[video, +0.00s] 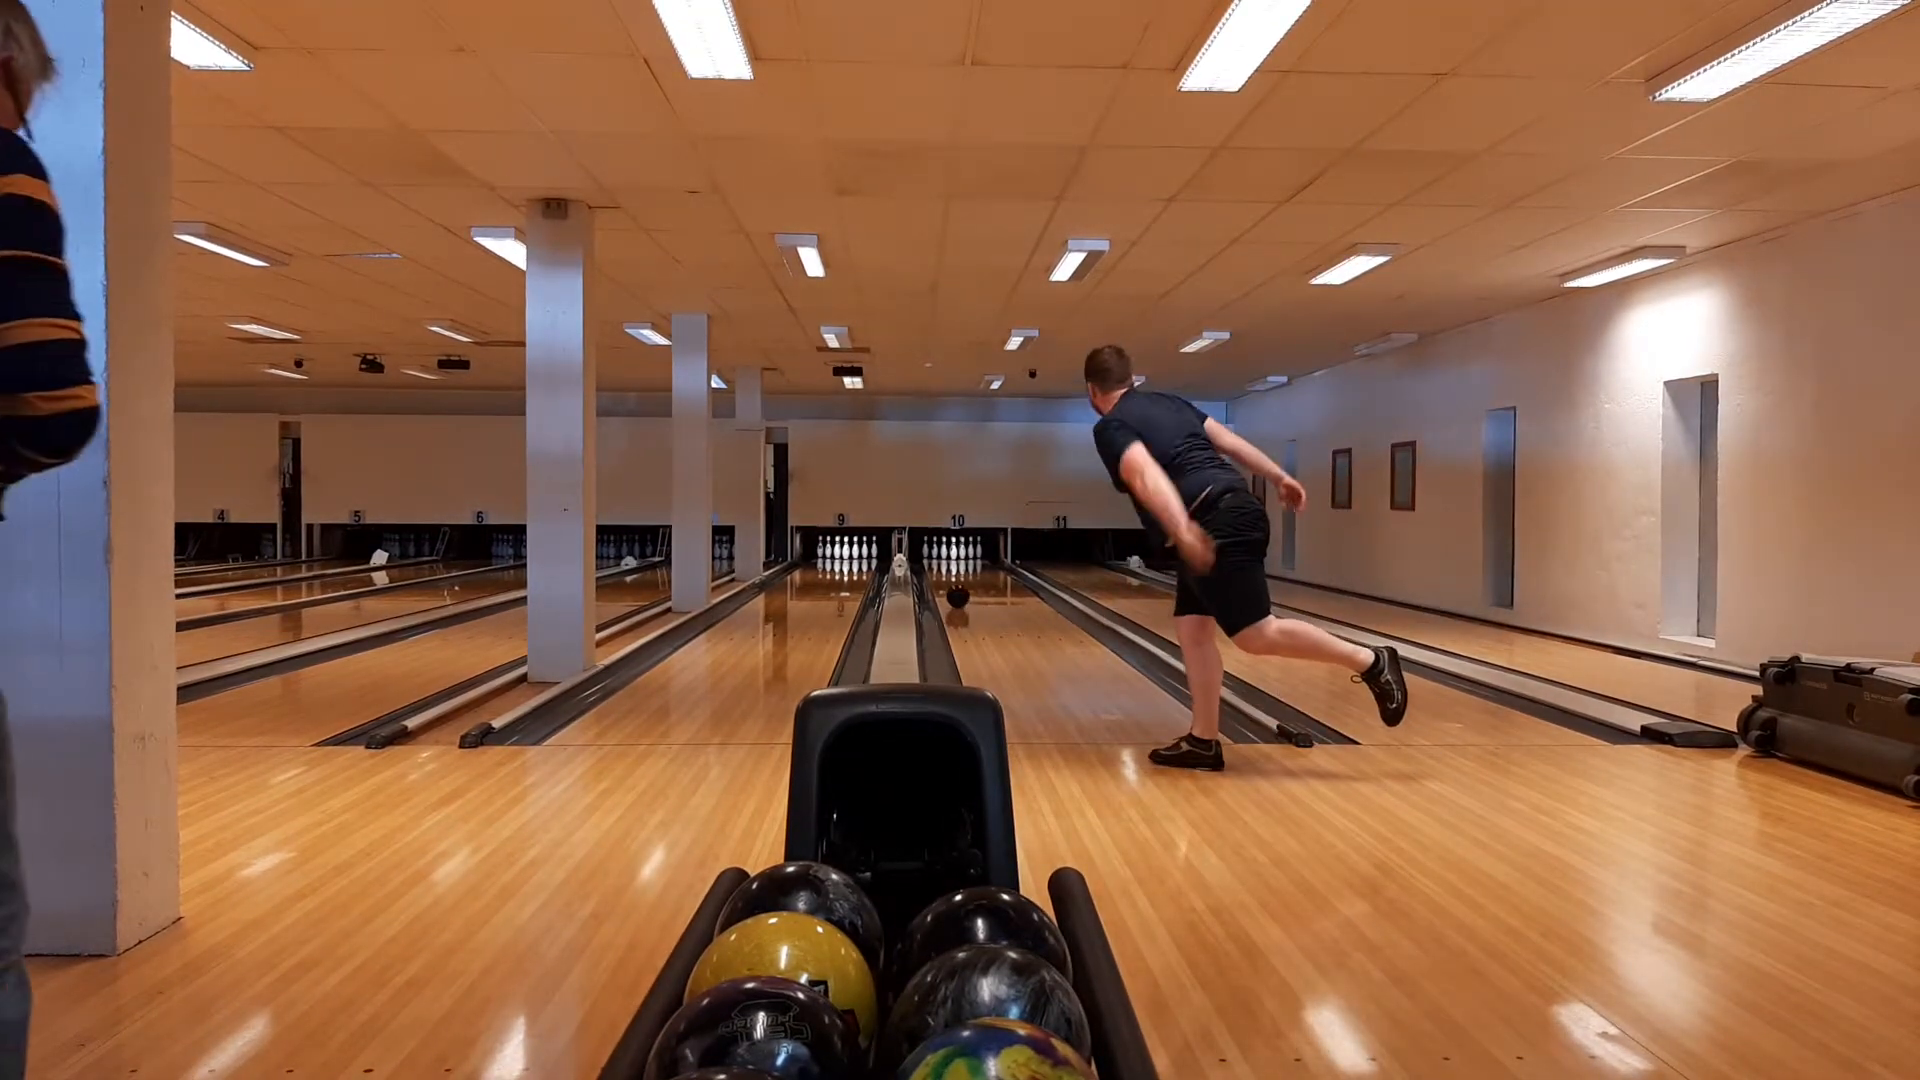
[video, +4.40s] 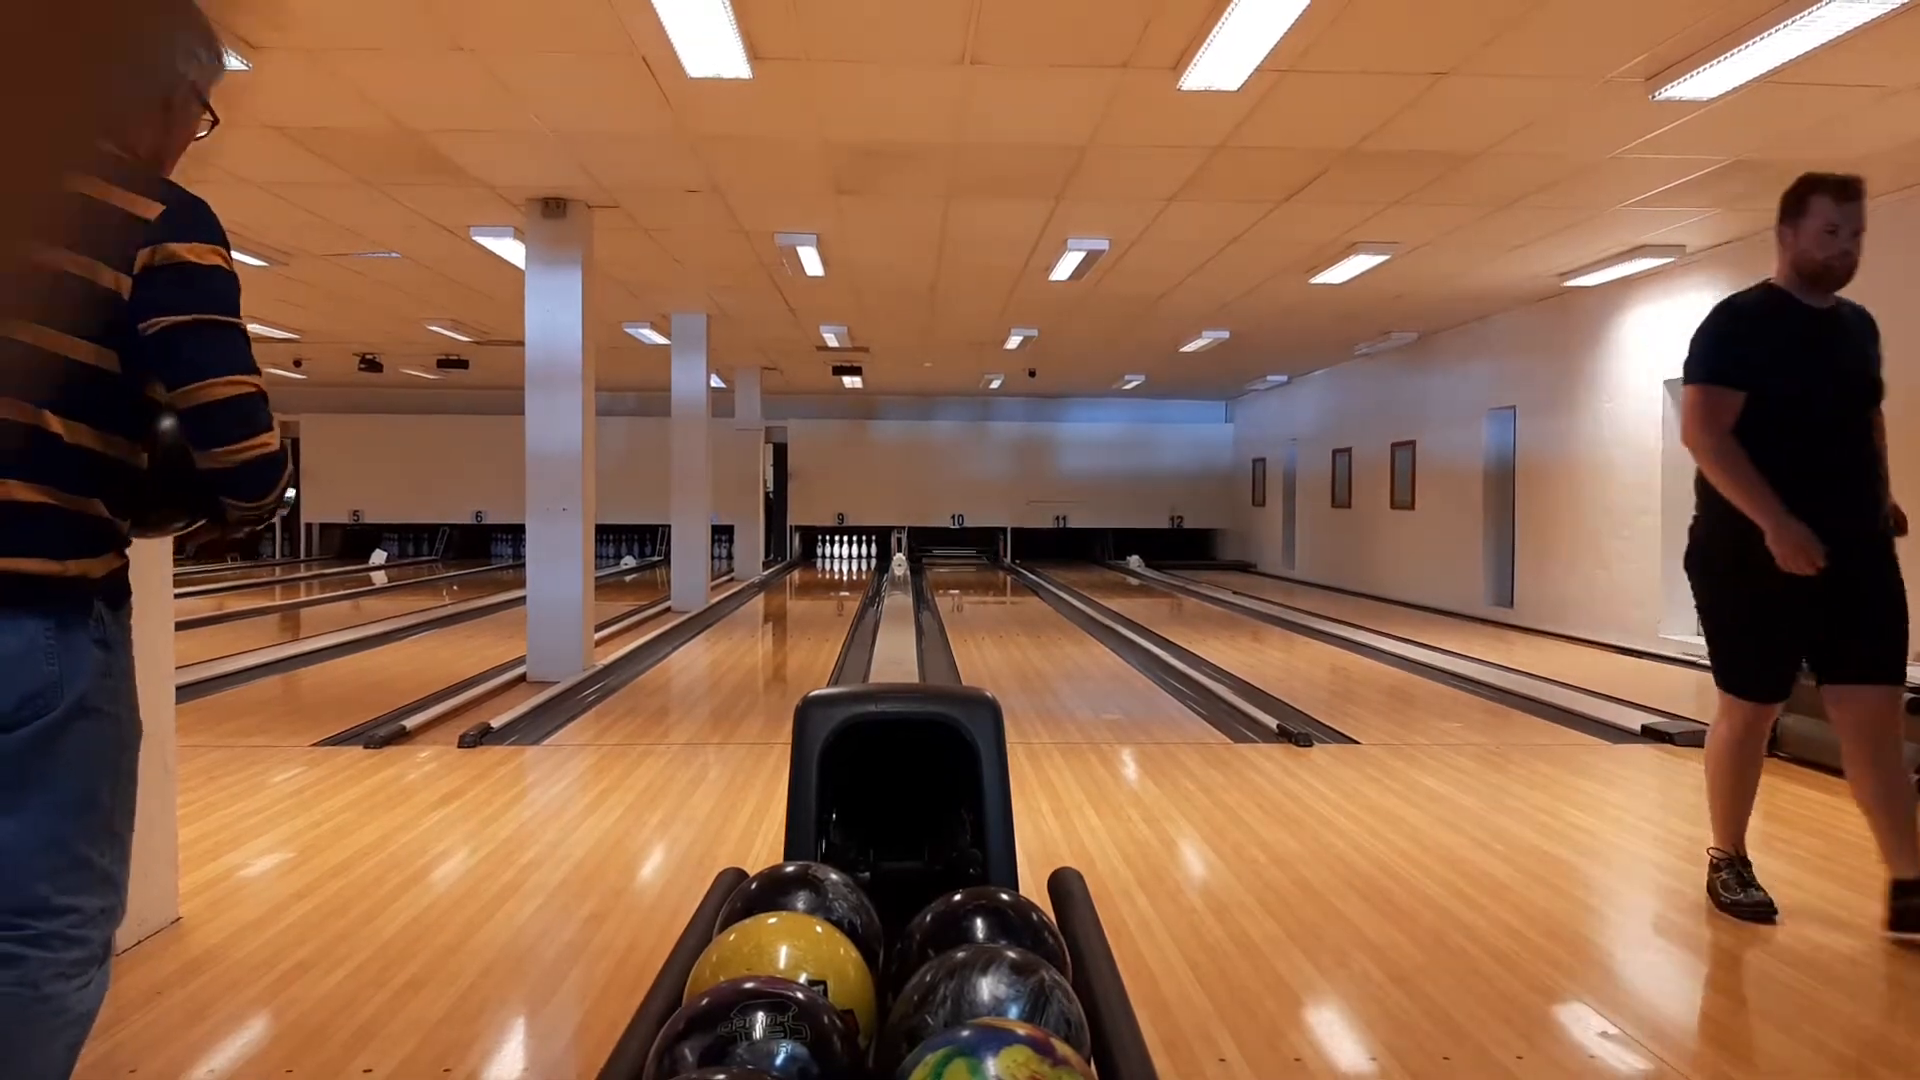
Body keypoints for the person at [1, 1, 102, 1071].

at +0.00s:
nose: (23, 99)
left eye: (20, 82)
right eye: (23, 80)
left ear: (5, 75)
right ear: (12, 71)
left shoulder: (12, 158)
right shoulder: (7, 158)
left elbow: (53, 407)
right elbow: (56, 406)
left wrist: (1, 463)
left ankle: (9, 1026)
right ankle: (4, 1031)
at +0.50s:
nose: (157, 164)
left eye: (161, 148)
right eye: (162, 146)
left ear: (30, 91)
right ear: (129, 119)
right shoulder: (132, 190)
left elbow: (193, 422)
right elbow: (195, 420)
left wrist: (100, 447)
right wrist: (104, 455)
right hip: (22, 591)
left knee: (27, 926)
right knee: (25, 931)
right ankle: (21, 1065)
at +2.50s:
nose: (196, 136)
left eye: (199, 117)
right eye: (198, 114)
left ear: (53, 95)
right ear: (170, 109)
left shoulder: (2, 175)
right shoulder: (180, 209)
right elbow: (229, 433)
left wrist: (162, 465)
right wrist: (159, 476)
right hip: (54, 613)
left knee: (35, 923)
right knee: (48, 937)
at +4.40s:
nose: (198, 130)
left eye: (203, 108)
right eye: (197, 105)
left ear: (94, 83)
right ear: (158, 97)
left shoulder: (25, 173)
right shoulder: (154, 212)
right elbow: (238, 444)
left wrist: (163, 481)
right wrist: (240, 502)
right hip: (41, 599)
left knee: (37, 925)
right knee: (50, 937)